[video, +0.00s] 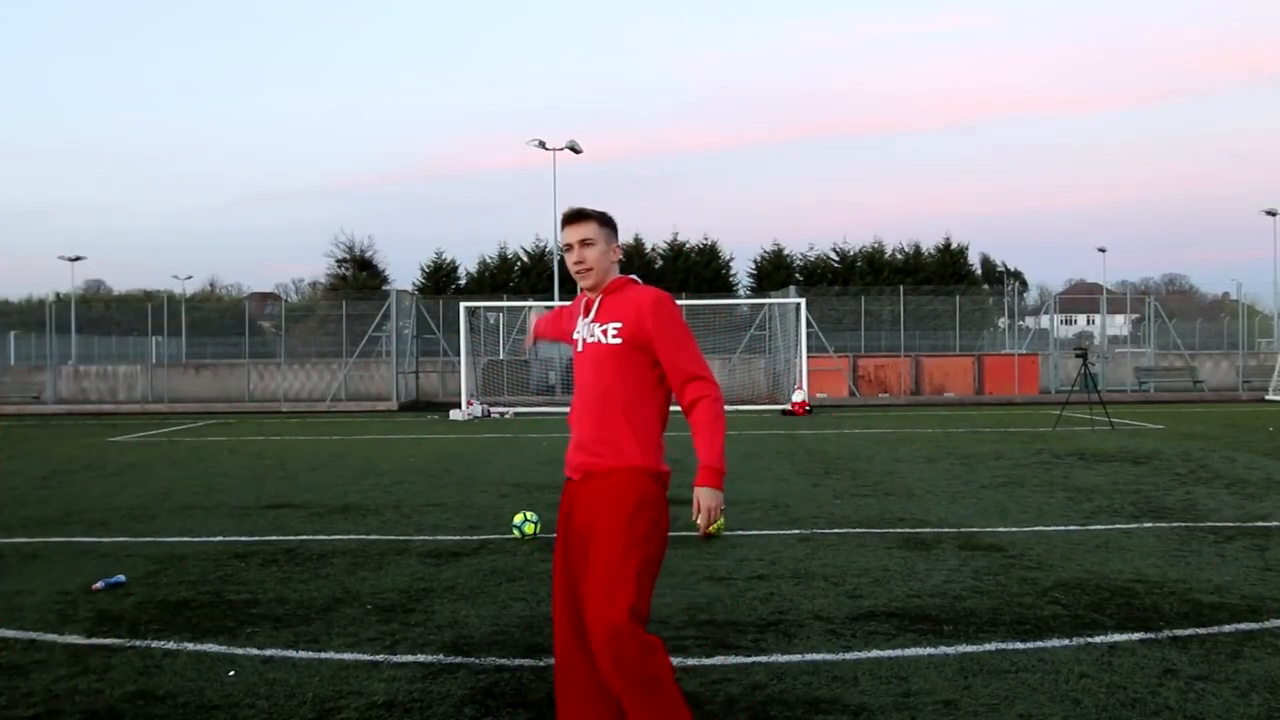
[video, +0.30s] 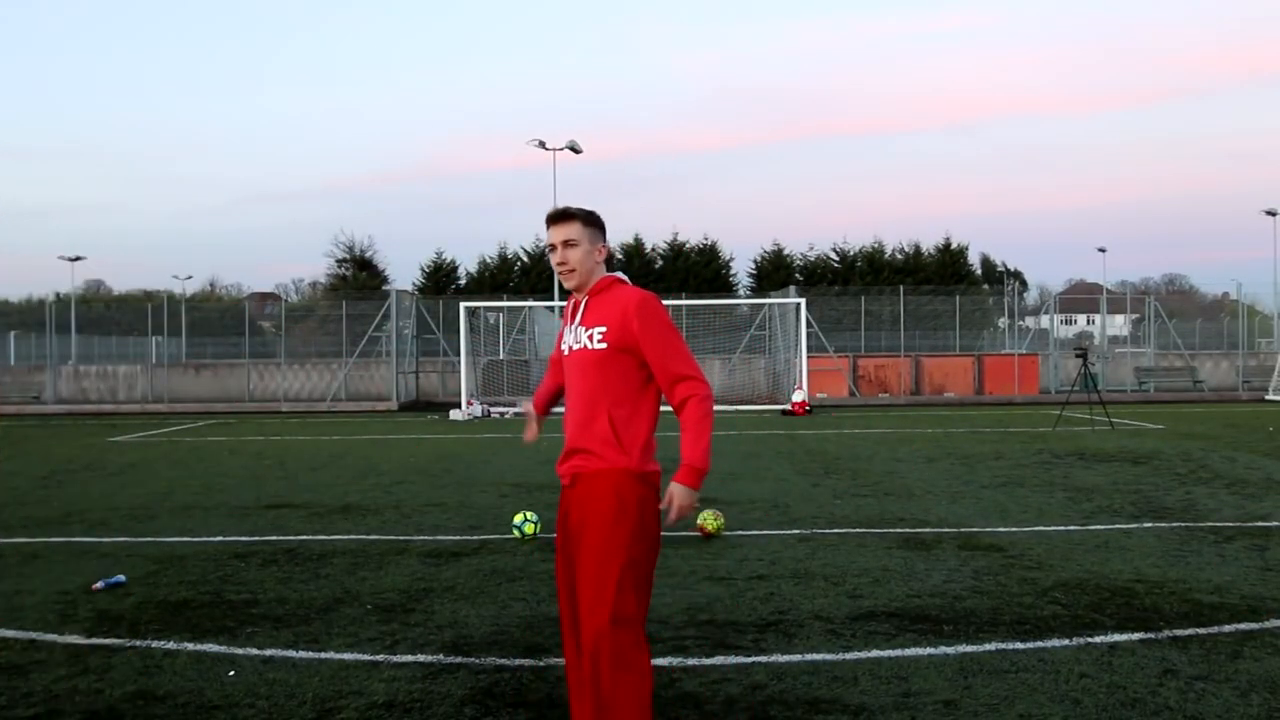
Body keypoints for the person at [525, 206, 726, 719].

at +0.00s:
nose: (576, 256)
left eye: (587, 244)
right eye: (569, 248)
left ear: (615, 250)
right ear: (565, 257)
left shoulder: (649, 304)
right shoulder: (580, 312)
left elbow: (701, 391)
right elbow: (554, 322)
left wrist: (710, 479)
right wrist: (536, 326)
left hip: (631, 485)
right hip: (581, 486)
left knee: (613, 627)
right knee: (572, 633)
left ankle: (669, 714)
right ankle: (585, 718)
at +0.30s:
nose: (559, 257)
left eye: (570, 245)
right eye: (553, 249)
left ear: (601, 251)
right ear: (551, 258)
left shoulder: (635, 304)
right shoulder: (575, 311)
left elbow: (693, 391)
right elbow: (560, 369)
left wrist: (690, 476)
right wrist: (538, 402)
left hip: (620, 486)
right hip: (578, 486)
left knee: (612, 628)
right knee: (577, 626)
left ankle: (623, 715)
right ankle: (586, 713)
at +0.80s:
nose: (535, 269)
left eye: (536, 256)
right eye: (533, 258)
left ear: (562, 254)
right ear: (578, 252)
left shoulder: (608, 306)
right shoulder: (592, 306)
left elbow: (676, 397)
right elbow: (632, 398)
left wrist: (615, 471)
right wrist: (587, 461)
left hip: (606, 503)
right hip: (589, 500)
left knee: (605, 648)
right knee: (584, 644)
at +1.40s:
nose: (547, 265)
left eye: (545, 256)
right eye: (545, 258)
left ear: (552, 255)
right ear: (602, 253)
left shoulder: (580, 297)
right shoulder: (635, 303)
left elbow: (613, 373)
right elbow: (689, 382)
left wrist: (553, 433)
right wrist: (635, 425)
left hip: (593, 493)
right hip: (636, 493)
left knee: (594, 634)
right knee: (639, 629)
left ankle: (602, 715)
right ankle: (639, 713)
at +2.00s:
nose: (515, 272)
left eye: (522, 259)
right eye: (513, 261)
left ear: (557, 258)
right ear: (563, 262)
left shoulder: (571, 307)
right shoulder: (595, 311)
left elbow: (617, 393)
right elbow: (651, 401)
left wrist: (570, 468)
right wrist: (634, 479)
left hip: (564, 507)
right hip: (608, 505)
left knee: (528, 648)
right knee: (610, 650)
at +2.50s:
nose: (450, 270)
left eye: (459, 257)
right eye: (449, 259)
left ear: (495, 258)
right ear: (497, 261)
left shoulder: (513, 313)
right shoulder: (530, 309)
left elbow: (564, 409)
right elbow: (583, 402)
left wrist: (525, 493)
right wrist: (551, 483)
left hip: (506, 507)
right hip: (535, 507)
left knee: (489, 642)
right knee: (535, 635)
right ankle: (566, 706)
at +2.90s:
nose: (421, 282)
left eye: (430, 270)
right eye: (419, 271)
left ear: (466, 271)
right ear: (455, 275)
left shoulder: (503, 317)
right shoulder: (467, 326)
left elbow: (574, 404)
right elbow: (511, 410)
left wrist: (550, 487)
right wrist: (498, 486)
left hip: (531, 497)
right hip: (501, 494)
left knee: (514, 633)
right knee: (495, 629)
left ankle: (515, 714)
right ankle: (501, 711)